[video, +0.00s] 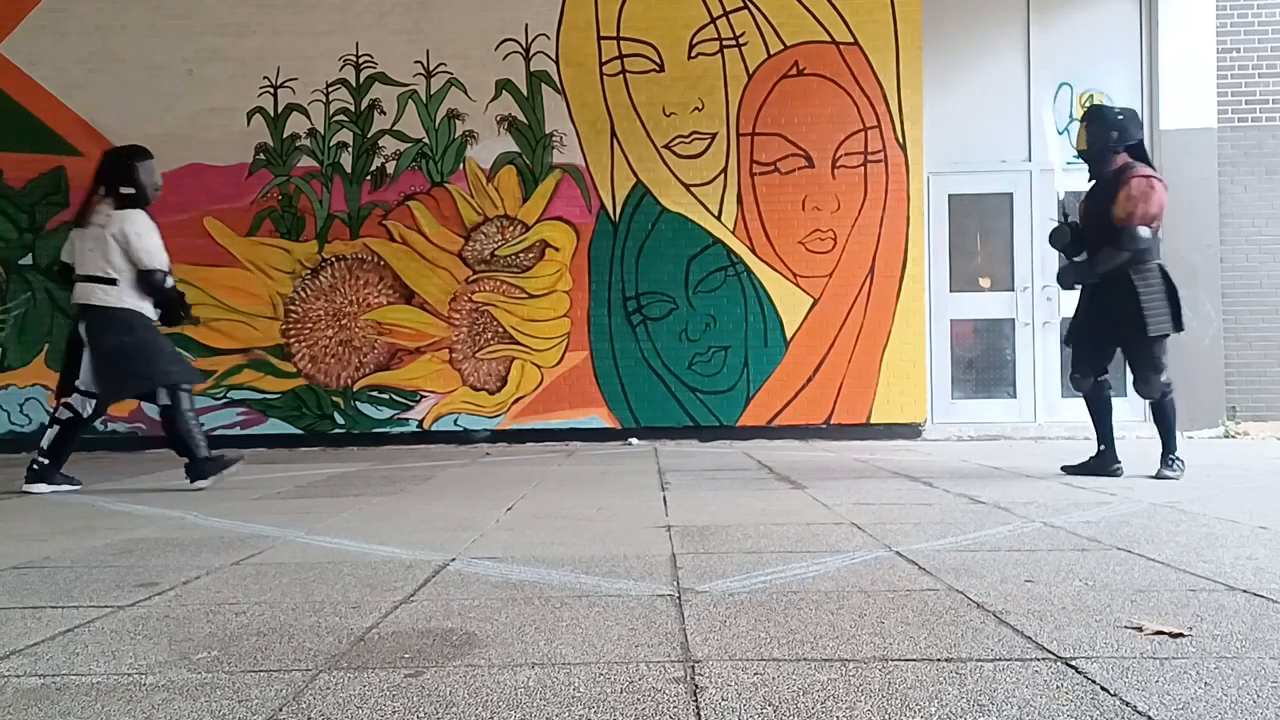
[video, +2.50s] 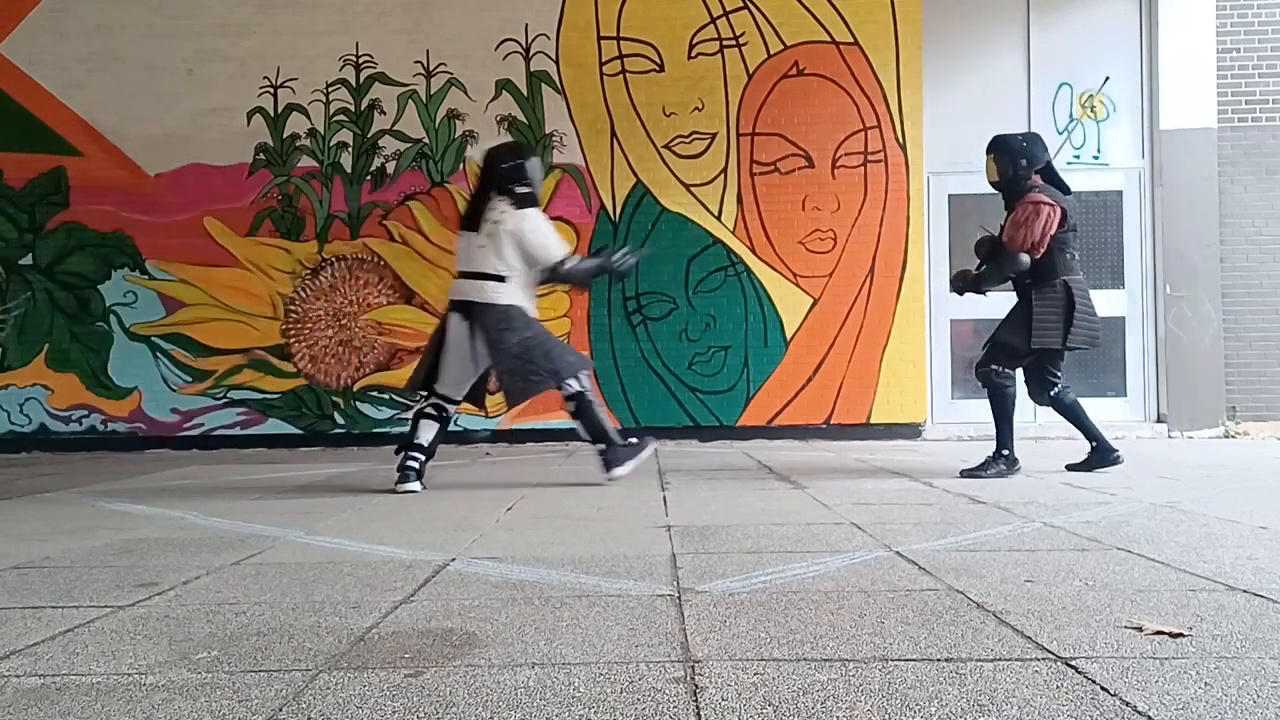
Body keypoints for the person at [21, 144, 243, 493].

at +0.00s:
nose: (159, 182)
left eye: (156, 173)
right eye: (152, 174)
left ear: (111, 179)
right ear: (134, 179)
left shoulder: (89, 216)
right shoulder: (134, 218)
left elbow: (66, 269)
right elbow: (154, 278)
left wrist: (105, 282)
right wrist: (174, 305)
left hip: (91, 322)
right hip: (125, 323)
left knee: (85, 397)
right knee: (173, 380)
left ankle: (43, 470)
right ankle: (200, 460)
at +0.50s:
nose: (273, 185)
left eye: (272, 177)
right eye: (268, 177)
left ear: (225, 177)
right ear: (253, 178)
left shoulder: (204, 212)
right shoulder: (255, 218)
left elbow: (173, 264)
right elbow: (268, 282)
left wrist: (209, 277)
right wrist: (282, 283)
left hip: (199, 312)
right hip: (232, 315)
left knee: (265, 376)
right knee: (255, 392)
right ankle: (218, 468)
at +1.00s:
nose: (360, 195)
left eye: (357, 187)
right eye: (352, 188)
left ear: (323, 198)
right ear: (332, 196)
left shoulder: (311, 231)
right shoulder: (328, 237)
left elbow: (326, 296)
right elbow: (330, 298)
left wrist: (362, 323)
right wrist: (375, 322)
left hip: (301, 330)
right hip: (317, 331)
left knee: (340, 401)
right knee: (372, 384)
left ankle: (292, 462)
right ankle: (398, 460)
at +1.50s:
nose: (425, 174)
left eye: (422, 165)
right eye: (419, 166)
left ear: (376, 173)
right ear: (406, 173)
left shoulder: (357, 212)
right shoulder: (406, 215)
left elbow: (354, 272)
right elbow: (414, 282)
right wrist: (443, 326)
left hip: (347, 314)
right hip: (387, 316)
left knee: (357, 392)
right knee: (445, 381)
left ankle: (332, 461)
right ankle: (419, 466)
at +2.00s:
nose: (458, 176)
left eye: (456, 169)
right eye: (453, 169)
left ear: (408, 175)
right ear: (440, 175)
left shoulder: (388, 216)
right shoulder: (444, 217)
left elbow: (384, 275)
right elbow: (457, 286)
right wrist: (478, 329)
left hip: (387, 313)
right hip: (428, 314)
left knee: (378, 396)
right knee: (496, 374)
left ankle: (339, 467)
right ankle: (497, 465)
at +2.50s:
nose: (536, 179)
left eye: (534, 172)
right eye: (531, 172)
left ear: (491, 177)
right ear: (519, 177)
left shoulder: (475, 211)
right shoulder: (524, 215)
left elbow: (515, 269)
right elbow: (563, 268)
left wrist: (582, 270)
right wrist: (603, 265)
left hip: (462, 308)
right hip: (503, 312)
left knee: (445, 392)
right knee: (569, 368)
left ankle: (410, 469)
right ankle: (613, 450)